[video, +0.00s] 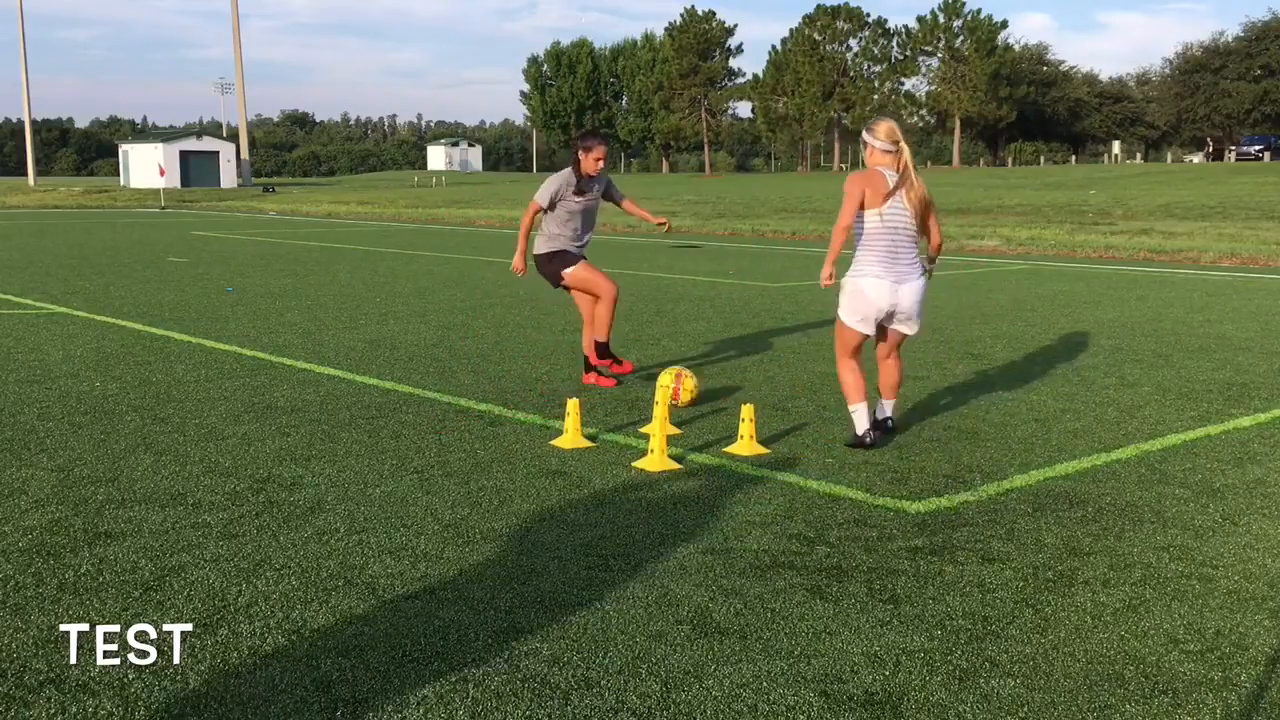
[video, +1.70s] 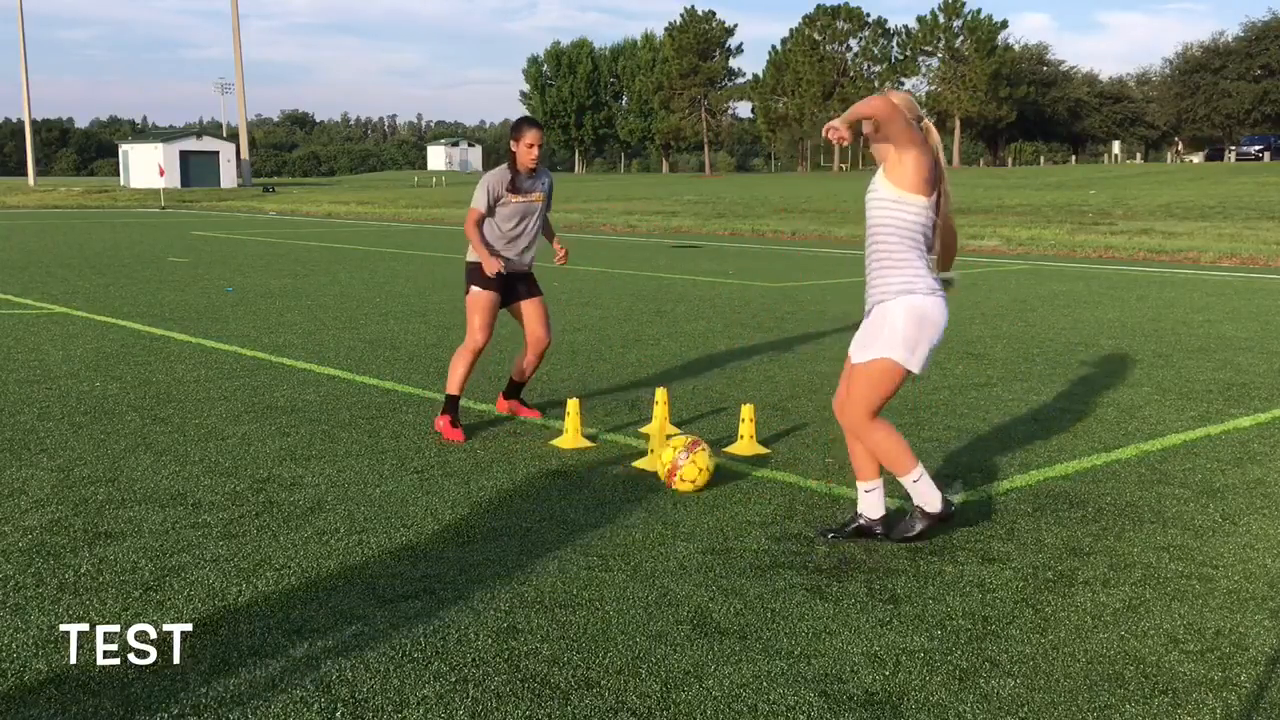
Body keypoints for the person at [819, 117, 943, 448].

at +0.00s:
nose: (864, 152)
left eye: (865, 147)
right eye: (865, 147)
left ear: (872, 148)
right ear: (897, 149)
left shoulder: (861, 179)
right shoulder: (916, 185)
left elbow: (844, 224)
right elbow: (936, 240)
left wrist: (829, 263)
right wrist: (929, 263)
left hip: (868, 283)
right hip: (911, 285)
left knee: (847, 353)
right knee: (889, 351)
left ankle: (863, 429)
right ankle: (887, 419)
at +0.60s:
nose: (805, 148)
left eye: (807, 141)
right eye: (806, 141)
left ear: (820, 140)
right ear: (844, 141)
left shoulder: (817, 176)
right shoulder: (872, 175)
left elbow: (799, 242)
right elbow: (902, 238)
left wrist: (769, 288)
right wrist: (902, 284)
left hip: (865, 283)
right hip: (900, 282)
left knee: (825, 373)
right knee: (852, 371)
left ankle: (846, 471)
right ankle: (872, 462)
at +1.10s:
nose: (788, 154)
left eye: (790, 146)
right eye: (789, 147)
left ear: (802, 145)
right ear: (831, 147)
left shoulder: (803, 186)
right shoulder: (862, 186)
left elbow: (810, 261)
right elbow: (889, 255)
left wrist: (796, 322)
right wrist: (872, 304)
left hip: (844, 305)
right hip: (887, 304)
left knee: (800, 415)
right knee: (827, 411)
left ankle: (835, 522)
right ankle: (865, 507)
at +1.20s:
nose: (796, 169)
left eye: (797, 160)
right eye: (795, 160)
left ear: (811, 156)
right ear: (839, 157)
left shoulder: (814, 195)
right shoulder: (864, 197)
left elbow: (803, 269)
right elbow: (885, 267)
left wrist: (771, 299)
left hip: (851, 320)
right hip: (886, 319)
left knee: (822, 435)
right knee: (834, 433)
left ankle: (849, 554)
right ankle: (869, 525)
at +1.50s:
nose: (832, 161)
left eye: (833, 152)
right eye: (832, 152)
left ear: (847, 149)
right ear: (873, 150)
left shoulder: (864, 187)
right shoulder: (894, 192)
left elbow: (821, 242)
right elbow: (921, 265)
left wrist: (792, 231)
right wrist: (901, 308)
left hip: (881, 327)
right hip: (901, 323)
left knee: (855, 440)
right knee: (815, 407)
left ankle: (877, 554)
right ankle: (865, 506)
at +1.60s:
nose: (849, 146)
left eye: (853, 137)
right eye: (849, 138)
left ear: (871, 136)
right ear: (888, 138)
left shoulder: (892, 165)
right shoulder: (901, 178)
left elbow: (819, 163)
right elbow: (917, 261)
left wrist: (818, 158)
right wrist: (868, 288)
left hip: (903, 319)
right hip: (890, 316)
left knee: (851, 423)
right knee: (840, 413)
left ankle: (882, 546)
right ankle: (872, 519)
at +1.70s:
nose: (870, 127)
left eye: (876, 113)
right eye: (870, 117)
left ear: (896, 117)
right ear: (913, 121)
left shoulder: (911, 148)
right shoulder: (924, 169)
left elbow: (881, 105)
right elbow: (947, 237)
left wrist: (845, 120)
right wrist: (940, 273)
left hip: (909, 303)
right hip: (890, 304)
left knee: (858, 411)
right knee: (844, 404)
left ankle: (931, 504)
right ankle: (871, 514)